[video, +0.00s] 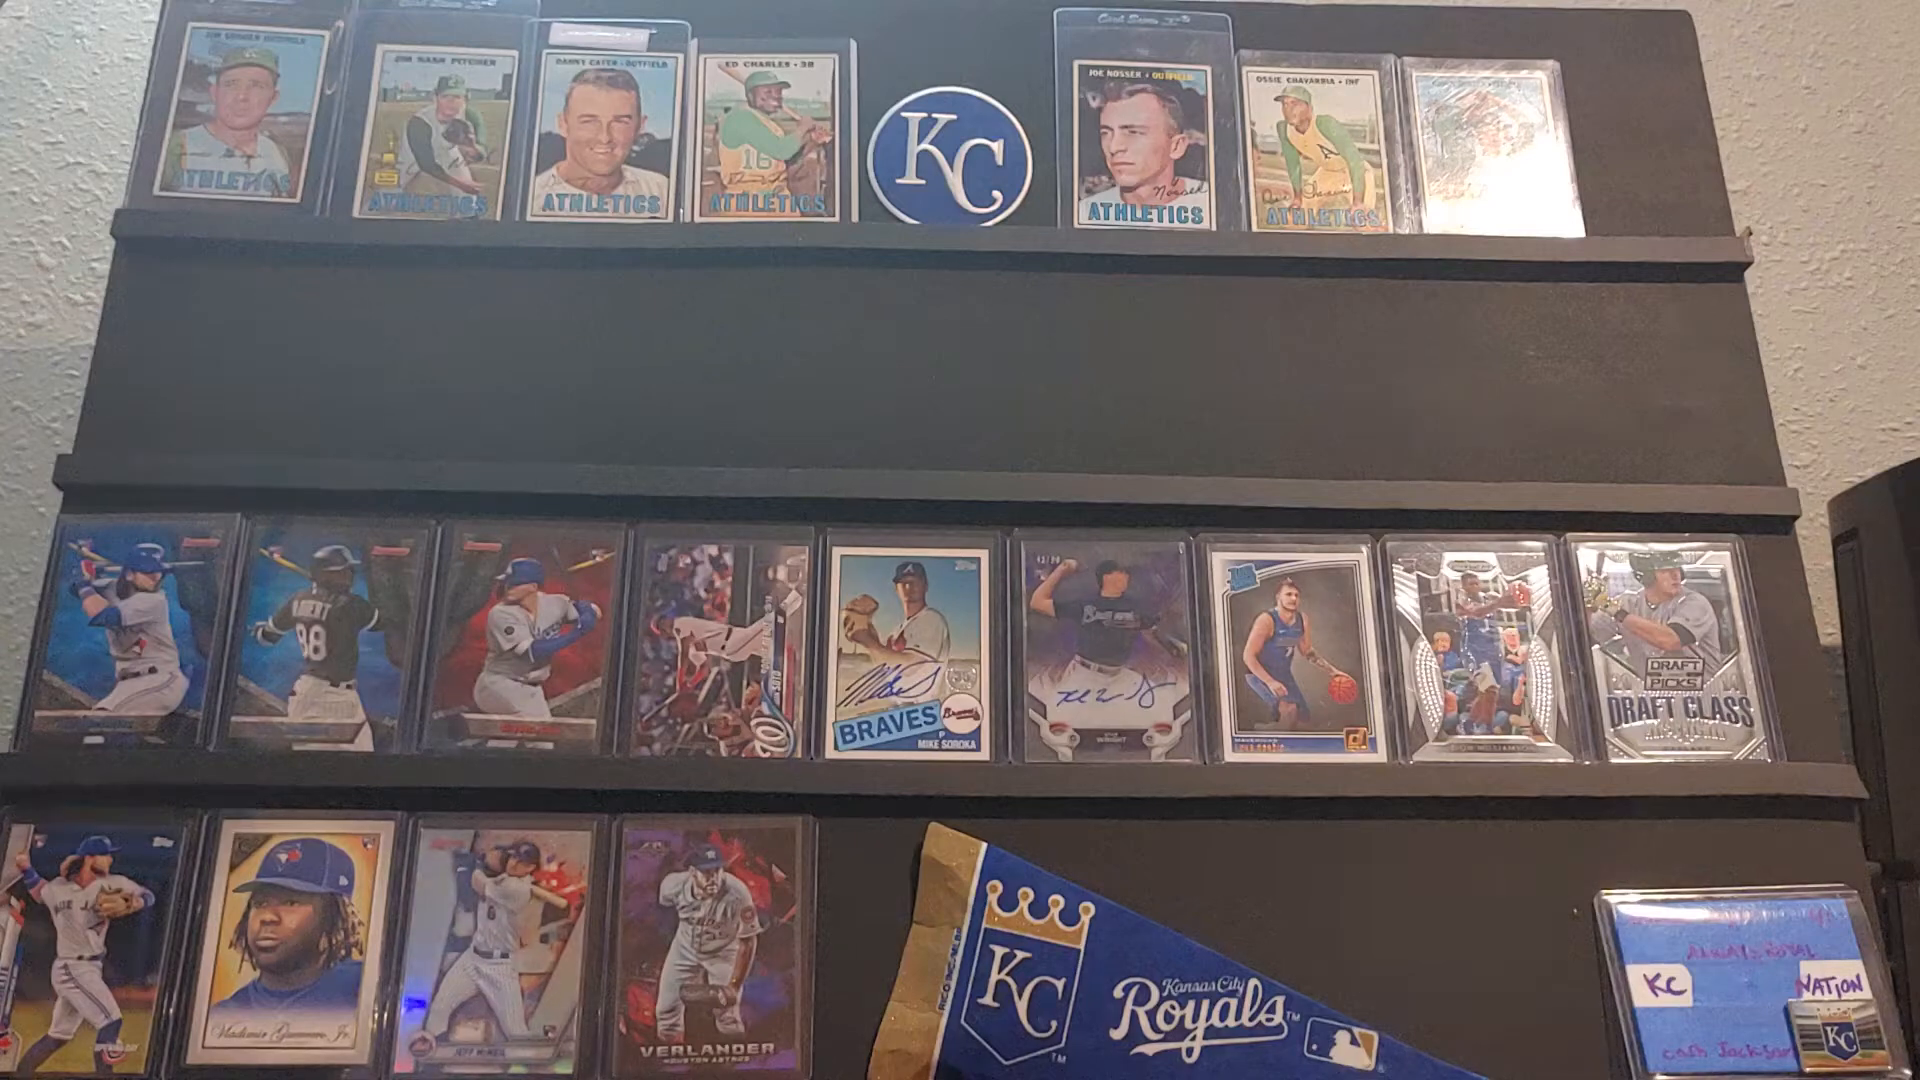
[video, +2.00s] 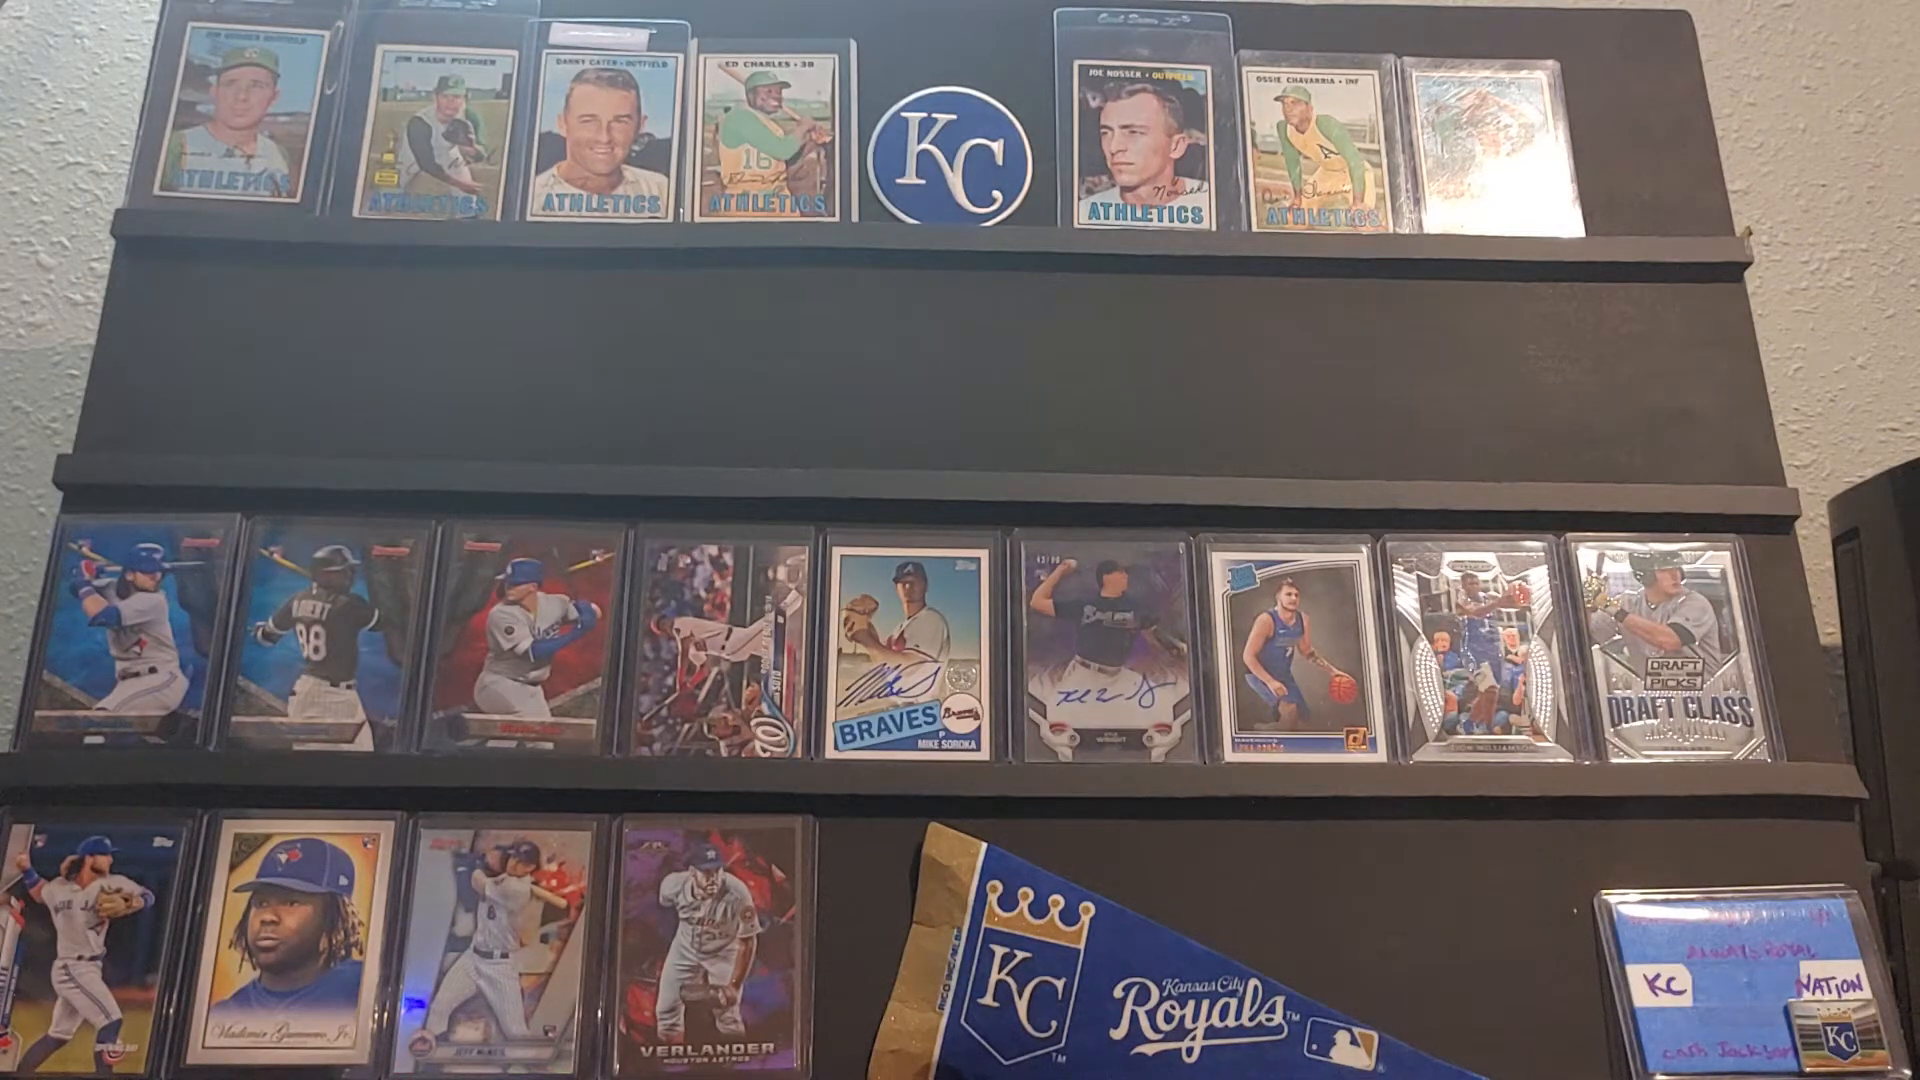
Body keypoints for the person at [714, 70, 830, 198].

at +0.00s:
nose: (776, 97)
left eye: (778, 92)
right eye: (768, 92)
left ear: (782, 93)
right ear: (751, 96)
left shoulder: (770, 124)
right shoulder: (740, 118)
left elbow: (788, 161)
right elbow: (782, 151)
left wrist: (810, 142)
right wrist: (803, 129)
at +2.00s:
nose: (777, 97)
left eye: (779, 92)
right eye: (770, 91)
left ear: (782, 93)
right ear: (752, 95)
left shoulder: (773, 126)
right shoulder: (739, 118)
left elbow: (784, 168)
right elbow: (783, 151)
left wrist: (811, 143)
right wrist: (802, 128)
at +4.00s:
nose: (777, 98)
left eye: (779, 93)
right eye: (770, 92)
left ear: (782, 93)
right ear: (753, 96)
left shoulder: (773, 126)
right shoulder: (739, 118)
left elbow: (783, 167)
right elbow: (782, 151)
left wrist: (811, 144)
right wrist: (803, 127)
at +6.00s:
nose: (776, 96)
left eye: (778, 91)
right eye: (768, 92)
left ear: (782, 94)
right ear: (752, 96)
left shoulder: (774, 127)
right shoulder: (739, 118)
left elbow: (786, 162)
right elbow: (783, 151)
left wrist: (811, 142)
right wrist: (803, 128)